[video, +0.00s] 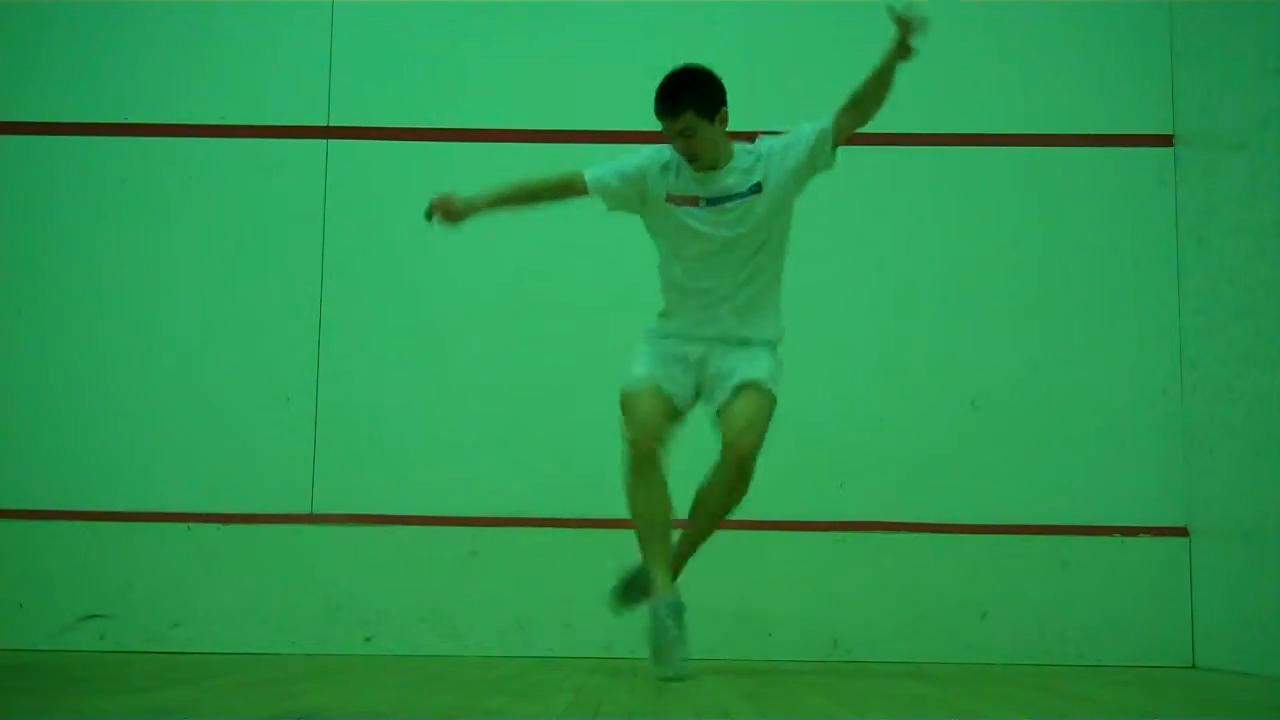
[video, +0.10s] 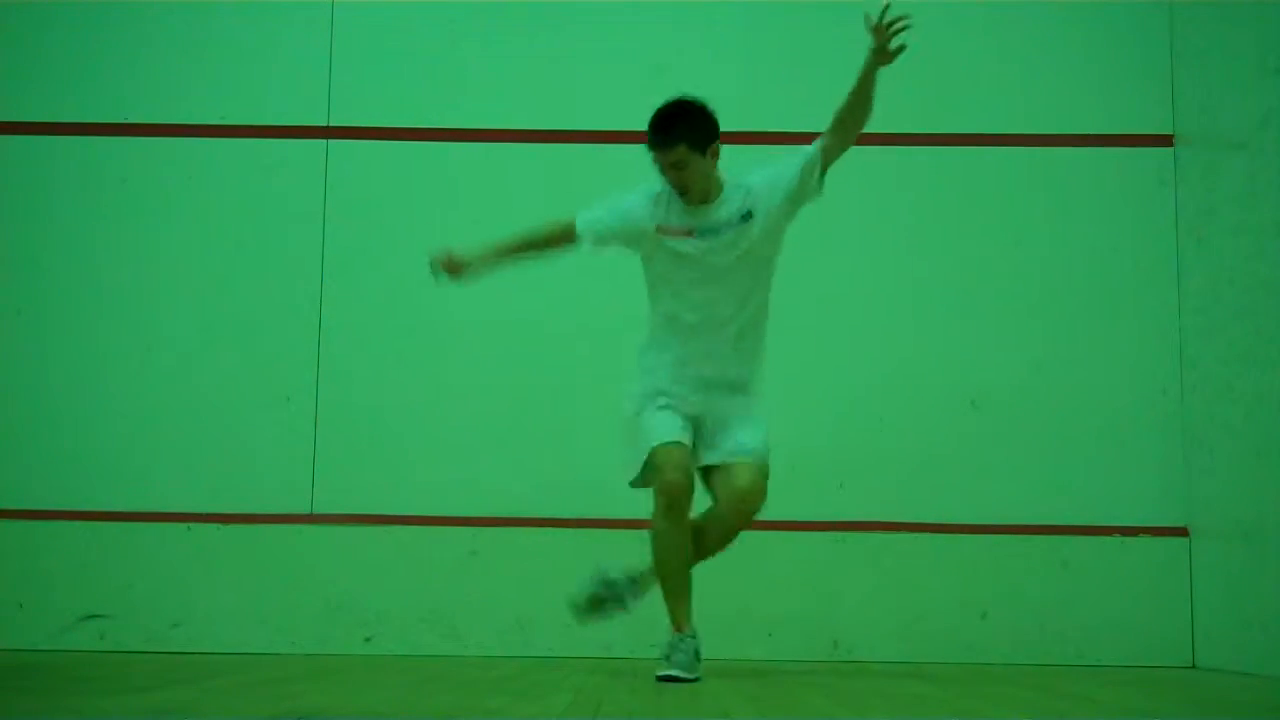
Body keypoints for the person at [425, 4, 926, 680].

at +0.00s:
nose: (679, 147)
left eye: (688, 133)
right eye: (671, 136)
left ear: (721, 118)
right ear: (667, 130)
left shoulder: (778, 161)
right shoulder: (653, 173)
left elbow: (852, 115)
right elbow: (567, 184)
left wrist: (897, 52)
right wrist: (474, 203)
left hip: (748, 345)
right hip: (674, 341)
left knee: (742, 448)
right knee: (639, 431)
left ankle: (663, 566)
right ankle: (662, 599)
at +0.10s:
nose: (672, 180)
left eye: (679, 166)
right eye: (663, 170)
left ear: (713, 152)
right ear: (657, 164)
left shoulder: (768, 199)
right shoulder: (647, 214)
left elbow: (840, 136)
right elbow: (565, 233)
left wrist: (874, 65)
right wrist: (478, 259)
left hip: (736, 392)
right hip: (666, 386)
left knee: (744, 500)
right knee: (674, 488)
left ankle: (637, 577)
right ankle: (682, 638)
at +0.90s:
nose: (607, 212)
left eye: (611, 198)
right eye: (598, 205)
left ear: (634, 177)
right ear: (593, 200)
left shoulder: (701, 207)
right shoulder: (604, 239)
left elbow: (785, 194)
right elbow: (534, 265)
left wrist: (875, 180)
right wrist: (461, 301)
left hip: (718, 357)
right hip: (677, 373)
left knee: (599, 314)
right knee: (637, 488)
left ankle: (545, 436)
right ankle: (651, 628)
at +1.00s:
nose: (619, 179)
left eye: (624, 166)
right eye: (611, 171)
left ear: (652, 146)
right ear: (608, 167)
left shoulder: (714, 183)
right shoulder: (612, 207)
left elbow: (776, 170)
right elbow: (544, 236)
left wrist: (842, 152)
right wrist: (466, 268)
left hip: (731, 335)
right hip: (681, 347)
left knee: (627, 320)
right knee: (661, 473)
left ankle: (594, 452)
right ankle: (664, 610)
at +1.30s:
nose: (635, 168)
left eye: (642, 154)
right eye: (627, 158)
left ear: (673, 142)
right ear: (623, 154)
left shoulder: (720, 188)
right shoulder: (637, 195)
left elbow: (774, 195)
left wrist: (734, 160)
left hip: (714, 359)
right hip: (657, 353)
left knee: (733, 488)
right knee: (599, 385)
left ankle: (757, 628)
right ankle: (665, 491)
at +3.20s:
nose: (582, 237)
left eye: (591, 229)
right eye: (576, 225)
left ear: (596, 224)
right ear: (548, 206)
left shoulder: (592, 271)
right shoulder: (499, 213)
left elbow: (608, 346)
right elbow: (448, 191)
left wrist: (622, 420)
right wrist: (395, 162)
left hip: (570, 386)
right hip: (508, 390)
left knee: (545, 479)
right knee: (496, 488)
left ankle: (533, 627)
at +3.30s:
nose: (582, 213)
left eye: (590, 204)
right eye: (574, 201)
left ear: (597, 198)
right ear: (547, 186)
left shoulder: (601, 244)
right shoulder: (503, 199)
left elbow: (617, 318)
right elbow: (444, 197)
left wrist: (635, 395)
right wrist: (382, 189)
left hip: (586, 367)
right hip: (524, 368)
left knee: (571, 458)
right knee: (491, 456)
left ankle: (559, 608)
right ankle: (600, 477)